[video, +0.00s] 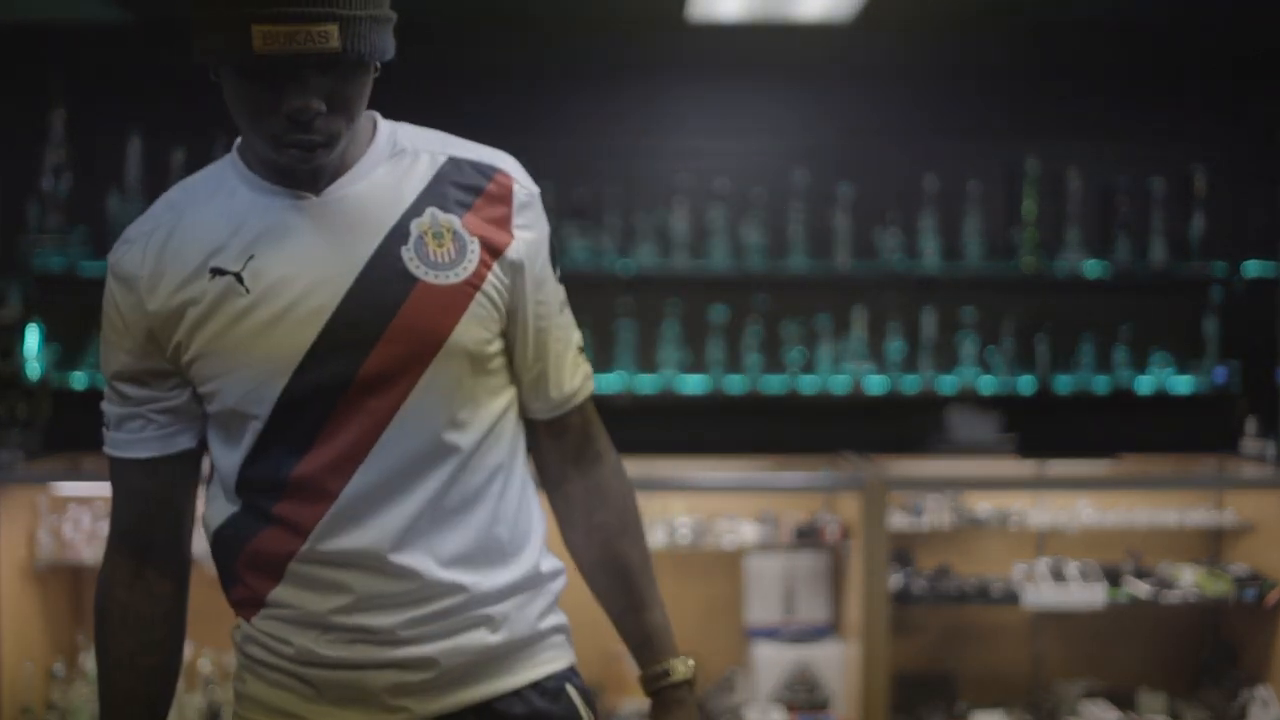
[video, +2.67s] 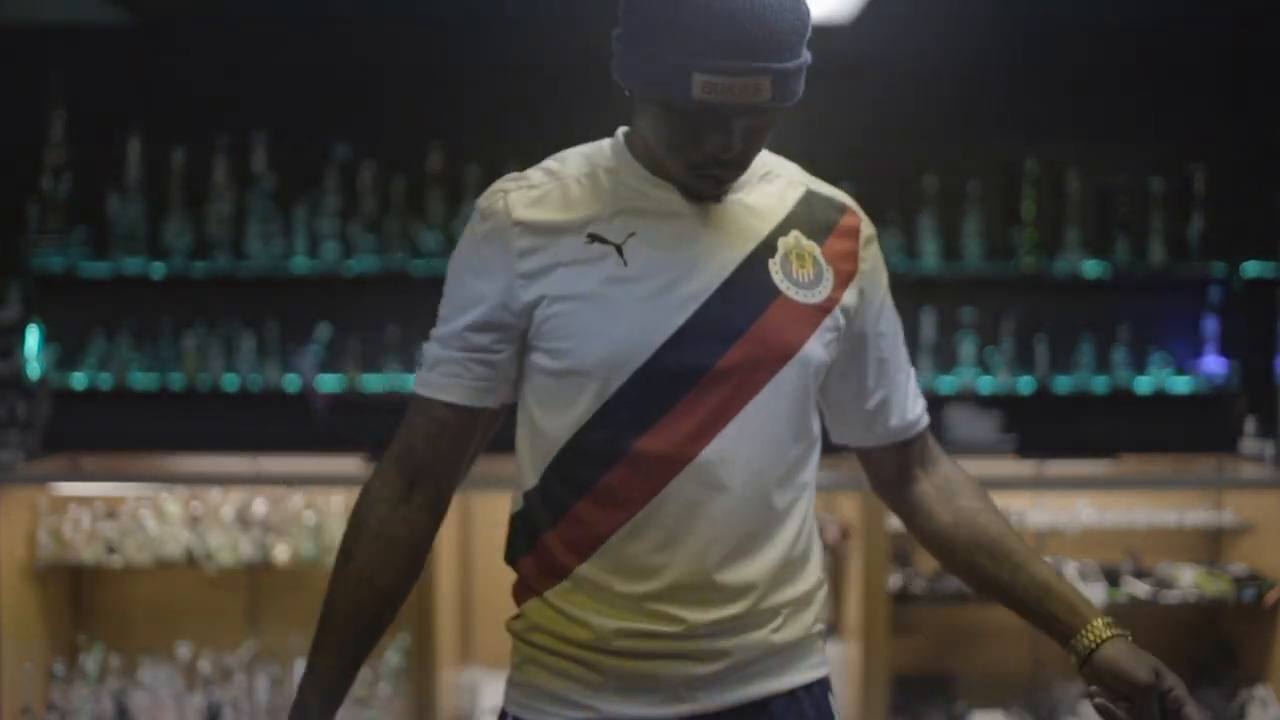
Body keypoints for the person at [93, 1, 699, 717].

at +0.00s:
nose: (305, 106)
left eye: (335, 72)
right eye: (272, 75)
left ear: (377, 57)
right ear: (222, 69)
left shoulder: (492, 197)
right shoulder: (154, 260)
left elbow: (575, 449)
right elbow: (146, 552)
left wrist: (669, 676)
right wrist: (130, 718)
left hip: (508, 678)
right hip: (296, 691)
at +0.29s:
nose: (430, 118)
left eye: (458, 83)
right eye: (395, 86)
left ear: (499, 62)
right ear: (338, 67)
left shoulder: (599, 211)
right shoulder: (258, 244)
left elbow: (666, 484)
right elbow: (218, 537)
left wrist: (735, 706)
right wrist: (184, 716)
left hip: (586, 689)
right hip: (368, 692)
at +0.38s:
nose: (488, 127)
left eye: (517, 93)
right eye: (451, 93)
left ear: (556, 69)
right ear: (393, 70)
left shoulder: (648, 218)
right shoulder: (307, 243)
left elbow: (711, 496)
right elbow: (261, 532)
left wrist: (776, 707)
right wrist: (217, 715)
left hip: (621, 689)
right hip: (406, 691)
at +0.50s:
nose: (586, 127)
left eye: (617, 94)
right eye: (550, 93)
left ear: (651, 79)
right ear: (489, 71)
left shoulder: (731, 224)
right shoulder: (389, 237)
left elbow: (788, 506)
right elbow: (337, 522)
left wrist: (848, 706)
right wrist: (283, 713)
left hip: (687, 688)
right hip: (467, 688)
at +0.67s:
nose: (685, 128)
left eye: (714, 97)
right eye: (650, 94)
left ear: (746, 82)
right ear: (588, 70)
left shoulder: (818, 224)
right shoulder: (478, 223)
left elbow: (866, 506)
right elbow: (420, 504)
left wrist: (922, 706)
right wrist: (363, 710)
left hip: (747, 688)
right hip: (536, 686)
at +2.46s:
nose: (645, 144)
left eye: (674, 111)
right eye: (613, 113)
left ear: (706, 91)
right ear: (561, 89)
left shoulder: (776, 227)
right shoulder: (459, 224)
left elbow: (884, 454)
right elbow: (348, 459)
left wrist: (1029, 658)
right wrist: (257, 692)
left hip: (726, 680)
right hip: (526, 687)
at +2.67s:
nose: (718, 149)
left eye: (746, 117)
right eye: (690, 115)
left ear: (785, 88)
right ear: (629, 80)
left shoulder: (830, 233)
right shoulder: (522, 221)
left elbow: (914, 472)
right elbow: (411, 484)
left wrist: (1094, 632)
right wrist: (310, 706)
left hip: (775, 680)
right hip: (576, 682)